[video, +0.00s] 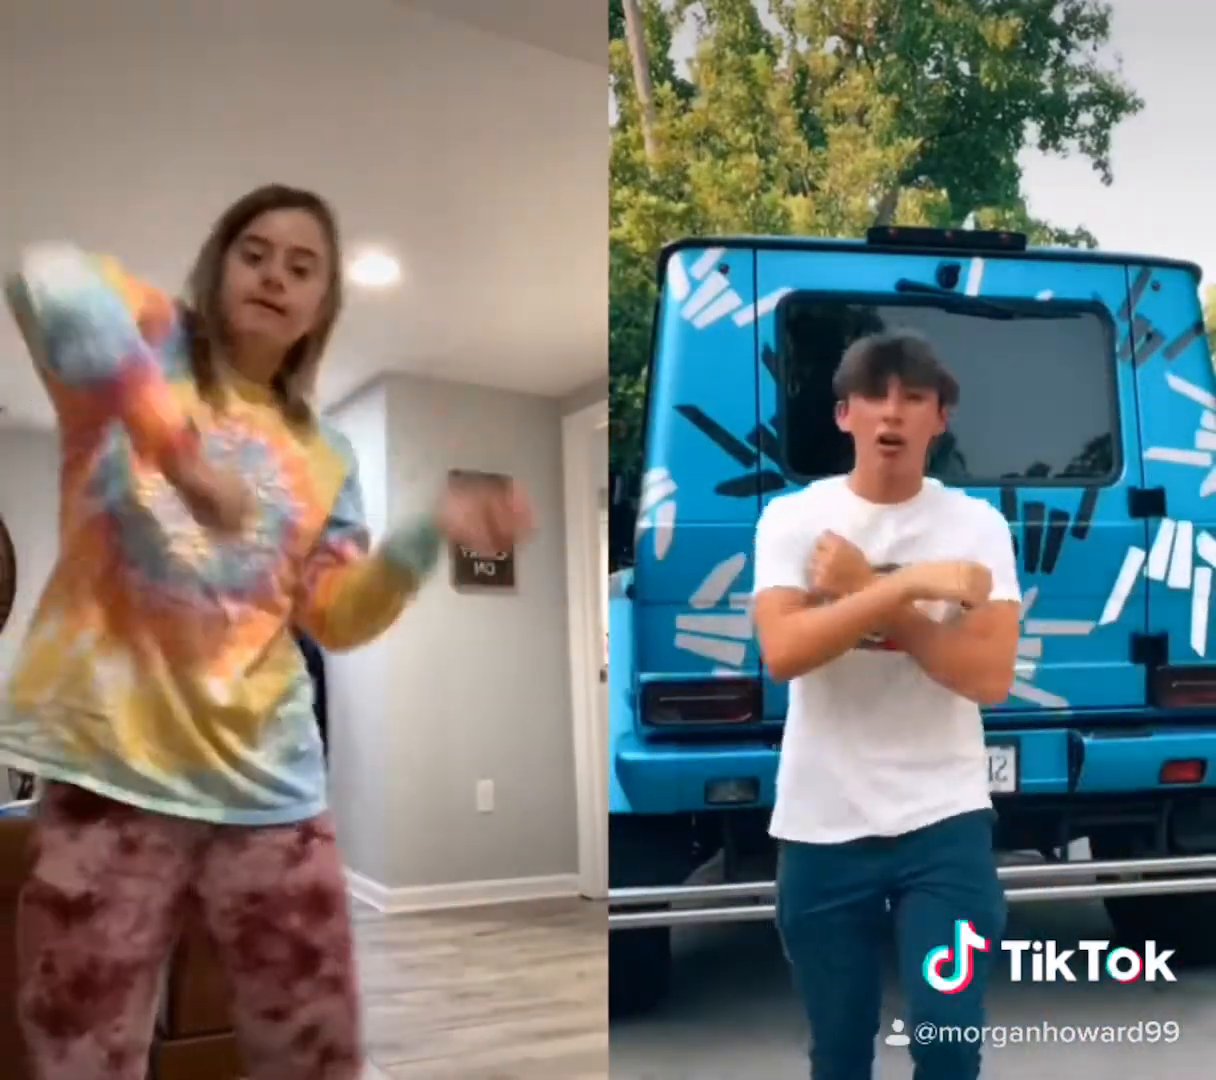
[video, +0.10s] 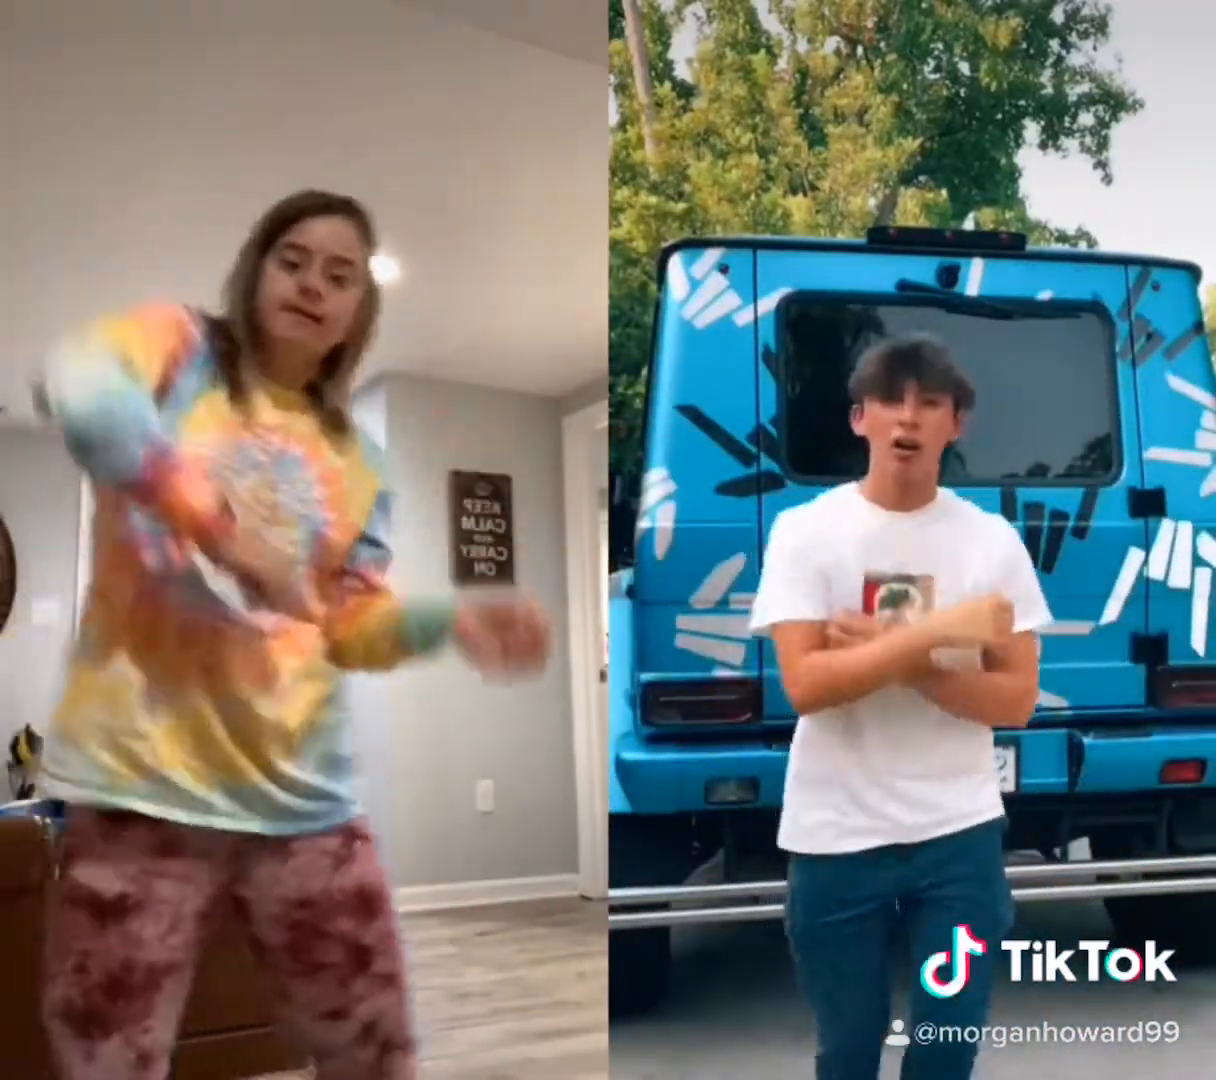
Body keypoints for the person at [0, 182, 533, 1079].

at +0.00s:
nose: (274, 276)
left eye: (303, 266)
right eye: (254, 253)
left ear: (324, 308)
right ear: (216, 269)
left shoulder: (326, 458)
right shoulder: (149, 346)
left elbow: (334, 622)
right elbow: (50, 281)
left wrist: (429, 534)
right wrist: (178, 454)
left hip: (271, 799)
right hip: (106, 786)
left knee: (314, 1061)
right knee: (78, 1064)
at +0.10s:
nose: (311, 286)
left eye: (340, 275)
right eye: (293, 260)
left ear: (361, 315)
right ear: (253, 271)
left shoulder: (356, 463)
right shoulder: (180, 344)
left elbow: (351, 631)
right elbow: (79, 387)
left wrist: (453, 619)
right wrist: (228, 538)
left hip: (301, 806)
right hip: (136, 796)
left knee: (375, 1060)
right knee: (108, 1067)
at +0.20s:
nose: (353, 296)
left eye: (382, 285)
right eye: (335, 271)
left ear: (406, 318)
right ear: (294, 280)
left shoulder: (412, 471)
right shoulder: (199, 387)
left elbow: (400, 629)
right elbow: (109, 490)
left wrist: (472, 703)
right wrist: (263, 598)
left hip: (359, 817)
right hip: (196, 812)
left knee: (430, 1057)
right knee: (147, 1063)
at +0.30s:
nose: (397, 318)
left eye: (425, 304)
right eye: (378, 293)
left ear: (450, 336)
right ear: (337, 305)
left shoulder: (464, 487)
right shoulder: (242, 440)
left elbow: (477, 646)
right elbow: (166, 603)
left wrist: (492, 753)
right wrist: (315, 679)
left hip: (428, 837)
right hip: (266, 843)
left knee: (503, 1061)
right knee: (216, 1068)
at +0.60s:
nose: (449, 288)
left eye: (474, 271)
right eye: (427, 265)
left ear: (502, 298)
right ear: (389, 282)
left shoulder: (541, 438)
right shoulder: (316, 423)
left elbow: (573, 576)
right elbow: (261, 585)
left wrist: (571, 629)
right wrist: (387, 604)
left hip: (507, 811)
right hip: (353, 811)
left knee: (521, 1062)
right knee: (360, 1063)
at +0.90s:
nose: (401, 287)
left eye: (424, 269)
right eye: (377, 268)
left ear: (451, 294)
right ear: (342, 288)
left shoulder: (508, 428)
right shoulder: (283, 430)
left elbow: (595, 559)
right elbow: (230, 563)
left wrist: (545, 562)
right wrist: (253, 624)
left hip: (495, 806)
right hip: (338, 809)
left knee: (506, 1057)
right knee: (318, 1058)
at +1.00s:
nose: (370, 289)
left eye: (392, 271)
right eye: (345, 270)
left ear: (419, 296)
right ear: (309, 295)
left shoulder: (471, 437)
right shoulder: (252, 432)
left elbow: (537, 555)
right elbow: (205, 567)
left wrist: (499, 643)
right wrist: (208, 651)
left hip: (468, 807)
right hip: (312, 811)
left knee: (487, 1061)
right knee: (270, 1059)